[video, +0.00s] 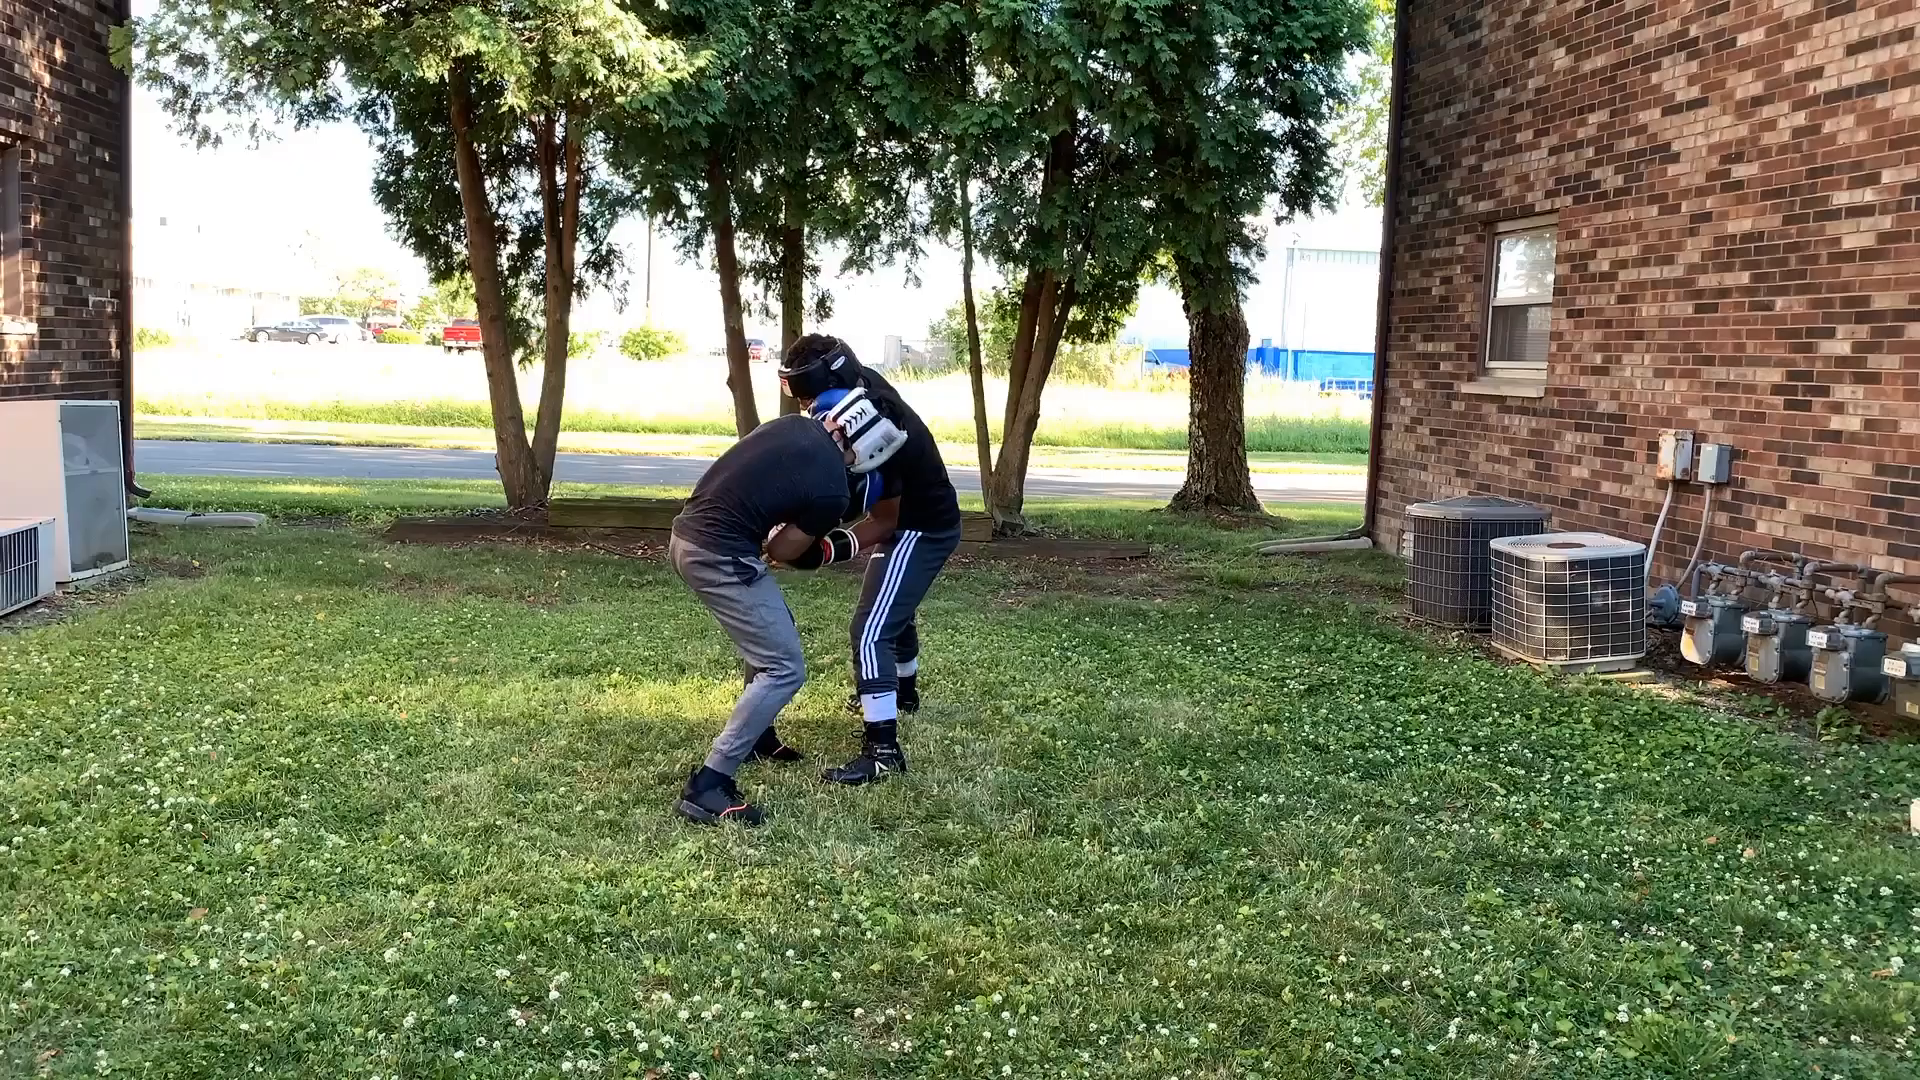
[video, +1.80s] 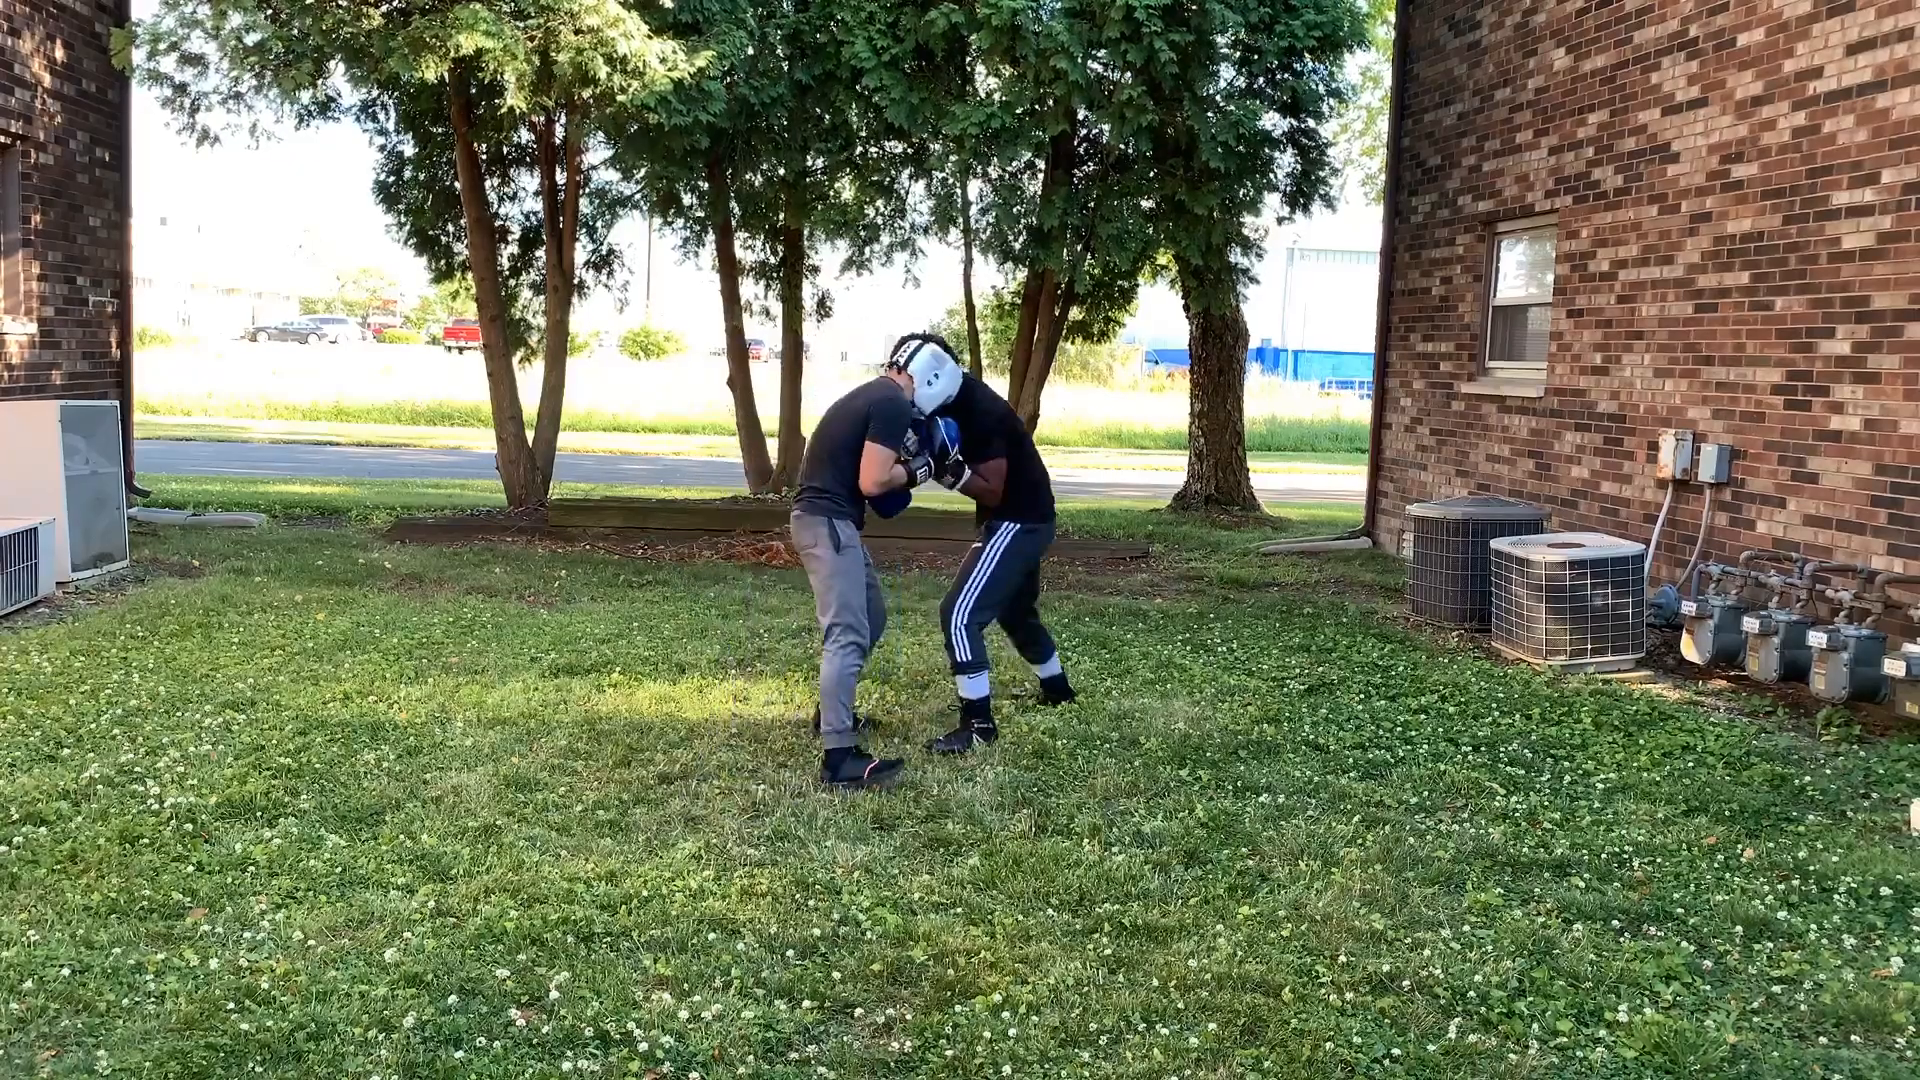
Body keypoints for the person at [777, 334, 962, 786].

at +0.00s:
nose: (797, 399)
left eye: (800, 390)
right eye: (795, 390)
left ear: (821, 386)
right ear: (837, 373)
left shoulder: (865, 424)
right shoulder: (859, 388)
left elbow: (886, 521)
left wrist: (830, 549)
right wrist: (803, 529)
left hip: (920, 528)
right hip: (911, 519)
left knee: (870, 629)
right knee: (894, 610)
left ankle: (883, 750)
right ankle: (903, 691)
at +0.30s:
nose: (795, 386)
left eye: (802, 378)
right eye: (795, 377)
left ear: (832, 377)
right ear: (839, 373)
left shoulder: (876, 411)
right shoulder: (853, 408)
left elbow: (913, 495)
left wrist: (857, 503)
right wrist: (838, 489)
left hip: (934, 529)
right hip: (907, 525)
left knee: (874, 628)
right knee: (889, 615)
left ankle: (882, 750)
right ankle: (904, 693)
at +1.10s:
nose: (823, 379)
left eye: (825, 368)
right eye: (819, 371)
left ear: (850, 358)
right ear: (847, 361)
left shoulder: (905, 380)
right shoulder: (856, 403)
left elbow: (944, 444)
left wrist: (886, 470)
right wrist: (852, 475)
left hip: (937, 508)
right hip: (899, 510)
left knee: (895, 615)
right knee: (868, 615)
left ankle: (907, 736)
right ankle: (901, 691)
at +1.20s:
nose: (822, 386)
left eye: (826, 376)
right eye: (820, 378)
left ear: (851, 363)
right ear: (841, 369)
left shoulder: (909, 377)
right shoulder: (854, 404)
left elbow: (959, 432)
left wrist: (909, 461)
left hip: (945, 505)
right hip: (907, 506)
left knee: (899, 609)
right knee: (876, 606)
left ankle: (908, 734)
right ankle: (898, 706)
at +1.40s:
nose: (888, 363)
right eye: (886, 357)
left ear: (847, 364)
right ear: (878, 355)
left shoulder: (829, 399)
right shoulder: (903, 394)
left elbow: (822, 466)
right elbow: (920, 477)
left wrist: (882, 461)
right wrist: (915, 453)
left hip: (808, 529)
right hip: (854, 528)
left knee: (836, 610)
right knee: (883, 645)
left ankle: (796, 703)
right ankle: (852, 761)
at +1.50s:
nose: (895, 357)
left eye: (887, 349)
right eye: (891, 350)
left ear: (852, 357)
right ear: (889, 354)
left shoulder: (833, 388)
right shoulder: (898, 385)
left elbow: (835, 456)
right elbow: (922, 467)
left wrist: (895, 448)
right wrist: (914, 443)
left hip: (817, 523)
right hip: (859, 524)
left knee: (857, 611)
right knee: (879, 645)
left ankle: (817, 705)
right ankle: (853, 761)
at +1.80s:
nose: (931, 401)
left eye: (937, 393)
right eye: (935, 391)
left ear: (903, 369)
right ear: (922, 377)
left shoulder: (876, 395)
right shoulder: (892, 402)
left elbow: (873, 480)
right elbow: (873, 481)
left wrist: (913, 463)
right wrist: (918, 468)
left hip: (834, 520)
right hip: (826, 522)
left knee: (871, 621)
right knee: (847, 633)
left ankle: (830, 713)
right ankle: (839, 757)